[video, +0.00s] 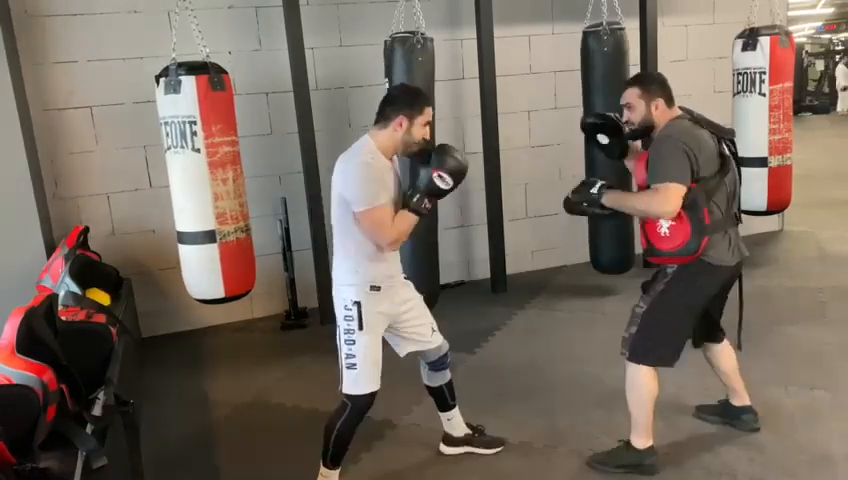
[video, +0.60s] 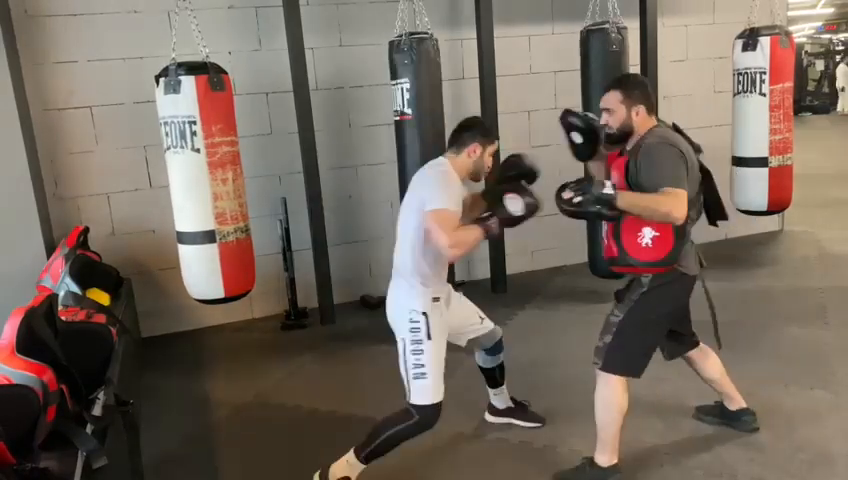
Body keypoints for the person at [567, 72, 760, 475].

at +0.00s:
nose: (625, 116)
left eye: (630, 108)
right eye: (623, 109)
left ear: (658, 104)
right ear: (663, 106)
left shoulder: (670, 141)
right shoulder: (691, 129)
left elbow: (665, 204)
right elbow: (661, 184)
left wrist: (604, 197)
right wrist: (626, 149)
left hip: (694, 263)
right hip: (723, 255)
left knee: (640, 348)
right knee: (705, 327)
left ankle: (639, 447)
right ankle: (741, 405)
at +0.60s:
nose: (604, 120)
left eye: (610, 112)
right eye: (602, 112)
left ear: (638, 111)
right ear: (638, 113)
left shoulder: (660, 147)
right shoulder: (640, 145)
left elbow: (675, 209)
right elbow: (609, 188)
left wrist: (608, 197)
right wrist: (592, 151)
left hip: (663, 273)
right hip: (667, 268)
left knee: (613, 363)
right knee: (687, 344)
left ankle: (604, 461)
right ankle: (738, 408)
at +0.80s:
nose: (581, 140)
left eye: (585, 132)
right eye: (580, 132)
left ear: (611, 131)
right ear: (602, 132)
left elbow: (693, 216)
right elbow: (566, 198)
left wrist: (647, 177)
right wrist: (547, 200)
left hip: (657, 279)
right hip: (625, 277)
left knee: (601, 365)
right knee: (654, 350)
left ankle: (605, 465)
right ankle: (723, 394)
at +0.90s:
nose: (583, 145)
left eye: (587, 136)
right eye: (579, 138)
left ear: (614, 133)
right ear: (593, 138)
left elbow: (669, 217)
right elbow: (565, 229)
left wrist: (622, 168)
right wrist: (560, 196)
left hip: (656, 285)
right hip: (625, 283)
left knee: (600, 368)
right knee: (652, 355)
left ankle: (605, 466)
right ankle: (724, 397)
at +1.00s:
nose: (581, 139)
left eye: (586, 131)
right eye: (579, 131)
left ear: (612, 128)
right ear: (607, 129)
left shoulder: (662, 156)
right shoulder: (605, 164)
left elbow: (682, 211)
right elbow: (581, 226)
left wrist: (626, 174)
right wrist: (572, 201)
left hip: (656, 283)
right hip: (633, 280)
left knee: (593, 368)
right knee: (663, 354)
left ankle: (605, 464)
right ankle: (728, 409)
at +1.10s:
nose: (589, 133)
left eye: (593, 124)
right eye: (587, 126)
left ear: (620, 122)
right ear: (620, 125)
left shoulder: (653, 149)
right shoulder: (626, 157)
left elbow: (689, 199)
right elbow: (631, 207)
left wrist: (629, 169)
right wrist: (590, 205)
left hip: (651, 281)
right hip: (678, 274)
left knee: (592, 366)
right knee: (682, 345)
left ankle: (605, 462)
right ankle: (737, 409)